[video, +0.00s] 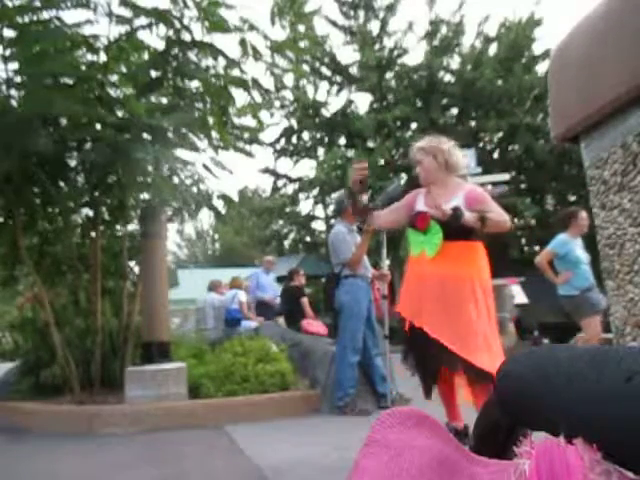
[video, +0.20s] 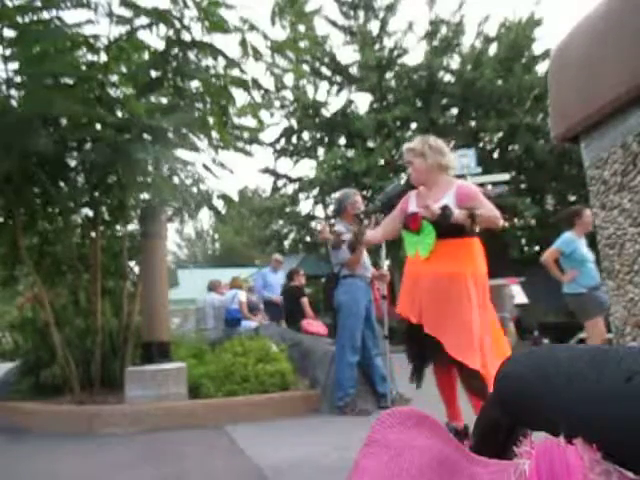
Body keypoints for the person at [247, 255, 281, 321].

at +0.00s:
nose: (270, 266)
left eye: (272, 263)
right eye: (268, 263)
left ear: (274, 265)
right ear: (264, 263)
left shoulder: (273, 276)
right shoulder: (256, 275)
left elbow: (276, 289)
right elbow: (252, 292)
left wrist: (277, 299)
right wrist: (266, 298)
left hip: (273, 303)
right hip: (261, 304)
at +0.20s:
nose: (279, 265)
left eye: (280, 263)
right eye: (277, 262)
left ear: (282, 264)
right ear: (272, 262)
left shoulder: (282, 274)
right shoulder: (263, 273)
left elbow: (285, 288)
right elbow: (259, 290)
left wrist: (282, 298)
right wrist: (273, 298)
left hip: (281, 301)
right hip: (268, 302)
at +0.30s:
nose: (281, 265)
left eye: (283, 263)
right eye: (279, 262)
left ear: (285, 264)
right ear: (275, 262)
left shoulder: (285, 273)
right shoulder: (267, 272)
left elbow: (289, 287)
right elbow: (263, 289)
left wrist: (284, 298)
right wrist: (275, 298)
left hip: (285, 300)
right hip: (273, 301)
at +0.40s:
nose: (284, 264)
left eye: (286, 262)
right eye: (283, 261)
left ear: (287, 262)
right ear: (278, 261)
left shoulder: (289, 273)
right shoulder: (270, 273)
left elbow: (292, 287)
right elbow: (266, 289)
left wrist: (286, 298)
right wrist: (277, 298)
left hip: (288, 301)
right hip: (276, 302)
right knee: (281, 321)